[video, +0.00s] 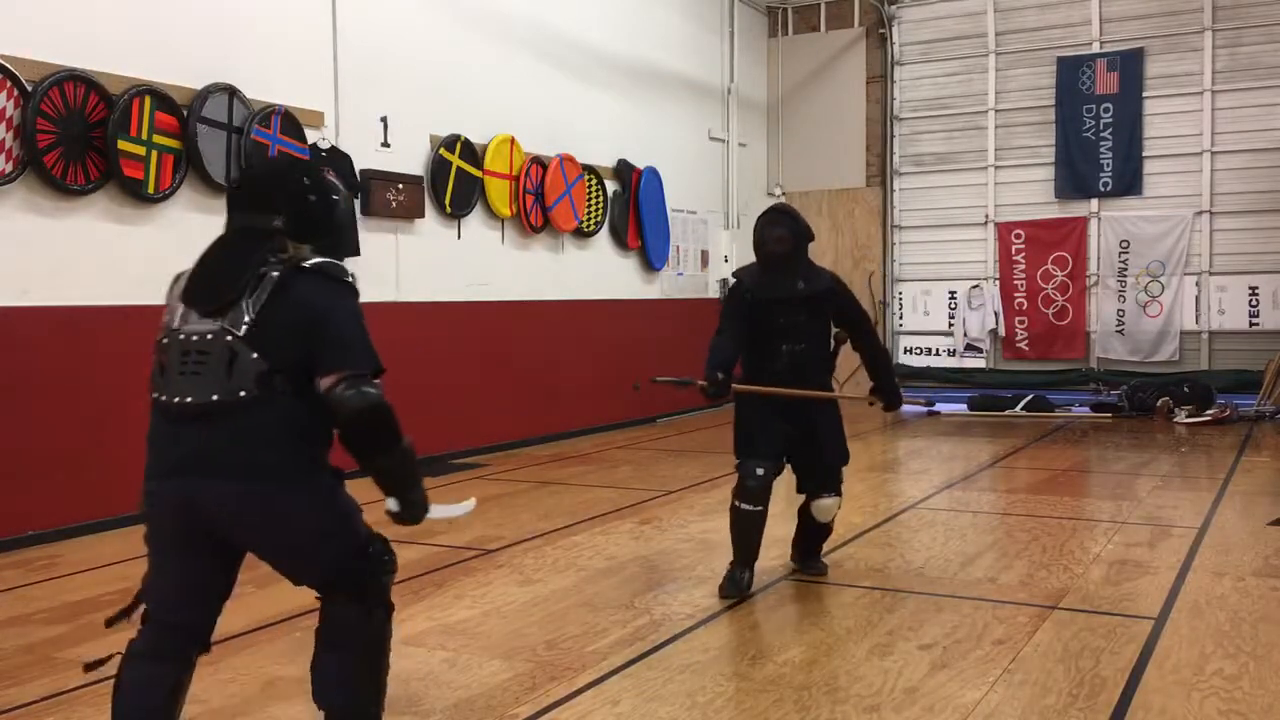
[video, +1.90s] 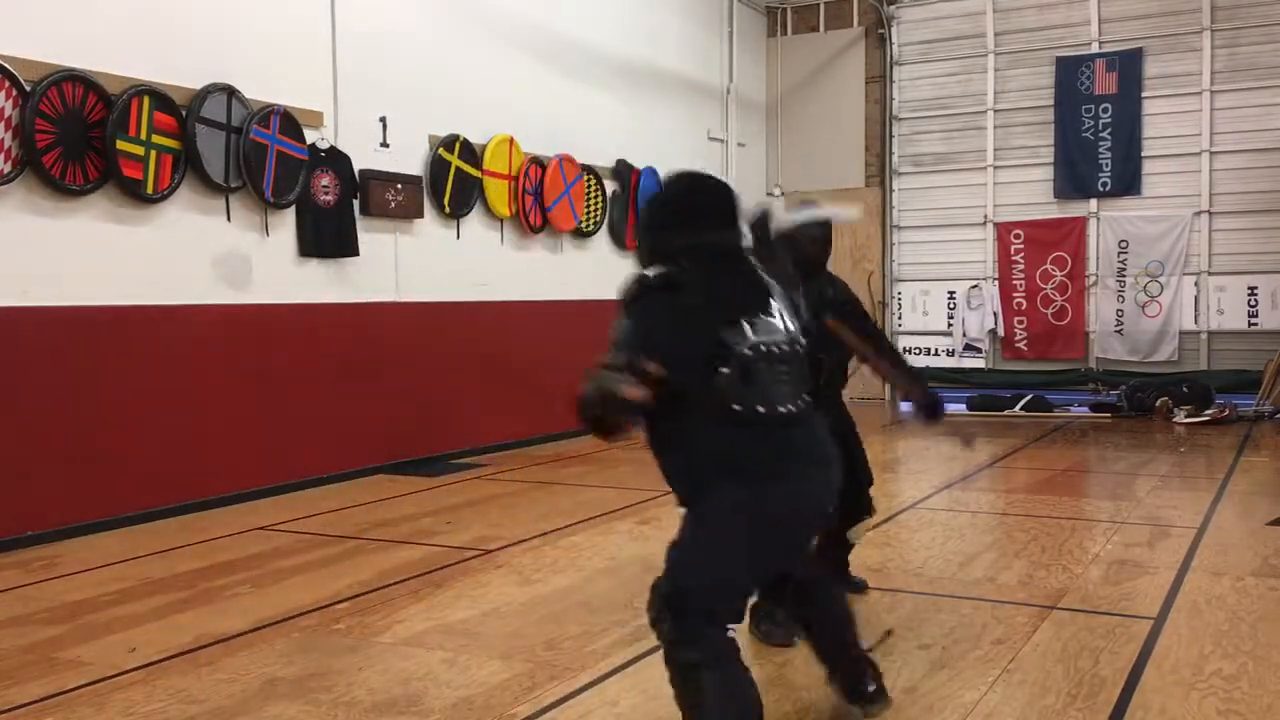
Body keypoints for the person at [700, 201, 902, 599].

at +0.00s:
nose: (775, 245)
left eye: (783, 237)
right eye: (767, 237)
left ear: (801, 239)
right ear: (756, 241)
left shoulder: (823, 285)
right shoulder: (746, 287)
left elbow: (862, 332)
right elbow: (728, 334)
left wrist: (886, 382)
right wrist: (717, 370)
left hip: (813, 402)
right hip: (760, 401)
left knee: (826, 495)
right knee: (752, 484)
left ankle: (806, 552)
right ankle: (742, 565)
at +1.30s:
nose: (765, 236)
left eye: (774, 226)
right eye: (755, 227)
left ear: (795, 226)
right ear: (744, 229)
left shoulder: (820, 270)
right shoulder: (735, 273)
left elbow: (867, 318)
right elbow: (723, 326)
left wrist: (864, 383)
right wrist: (731, 354)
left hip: (807, 397)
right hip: (754, 397)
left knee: (805, 495)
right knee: (771, 493)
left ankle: (787, 565)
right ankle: (762, 600)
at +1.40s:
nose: (767, 248)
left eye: (776, 239)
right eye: (758, 240)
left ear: (795, 240)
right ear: (746, 245)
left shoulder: (821, 283)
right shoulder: (741, 286)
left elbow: (846, 342)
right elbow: (730, 339)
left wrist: (805, 360)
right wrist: (757, 354)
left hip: (807, 403)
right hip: (758, 405)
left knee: (807, 491)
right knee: (787, 503)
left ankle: (784, 553)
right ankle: (767, 606)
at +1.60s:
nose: (780, 247)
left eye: (790, 237)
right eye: (771, 237)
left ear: (809, 242)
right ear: (758, 243)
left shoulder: (827, 287)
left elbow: (861, 357)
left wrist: (831, 358)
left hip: (816, 409)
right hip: (765, 413)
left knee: (833, 502)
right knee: (798, 508)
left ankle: (796, 552)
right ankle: (768, 606)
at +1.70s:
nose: (786, 236)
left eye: (796, 227)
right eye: (778, 227)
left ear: (813, 233)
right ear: (763, 231)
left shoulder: (827, 279)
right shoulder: (745, 281)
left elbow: (869, 335)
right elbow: (730, 339)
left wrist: (871, 379)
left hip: (821, 400)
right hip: (769, 404)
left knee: (843, 484)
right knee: (798, 501)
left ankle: (820, 552)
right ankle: (769, 606)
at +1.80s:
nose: (802, 244)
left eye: (810, 235)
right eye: (793, 235)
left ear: (821, 238)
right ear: (775, 236)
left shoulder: (830, 286)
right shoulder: (759, 284)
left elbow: (870, 340)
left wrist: (891, 395)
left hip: (823, 398)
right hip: (774, 400)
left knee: (848, 478)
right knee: (794, 492)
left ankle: (832, 556)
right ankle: (773, 584)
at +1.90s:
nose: (820, 252)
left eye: (823, 242)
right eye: (810, 243)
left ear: (827, 245)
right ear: (788, 246)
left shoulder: (829, 291)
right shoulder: (764, 289)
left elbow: (872, 343)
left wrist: (917, 390)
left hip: (826, 407)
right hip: (780, 410)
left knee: (854, 490)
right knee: (788, 497)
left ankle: (831, 564)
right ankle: (773, 598)